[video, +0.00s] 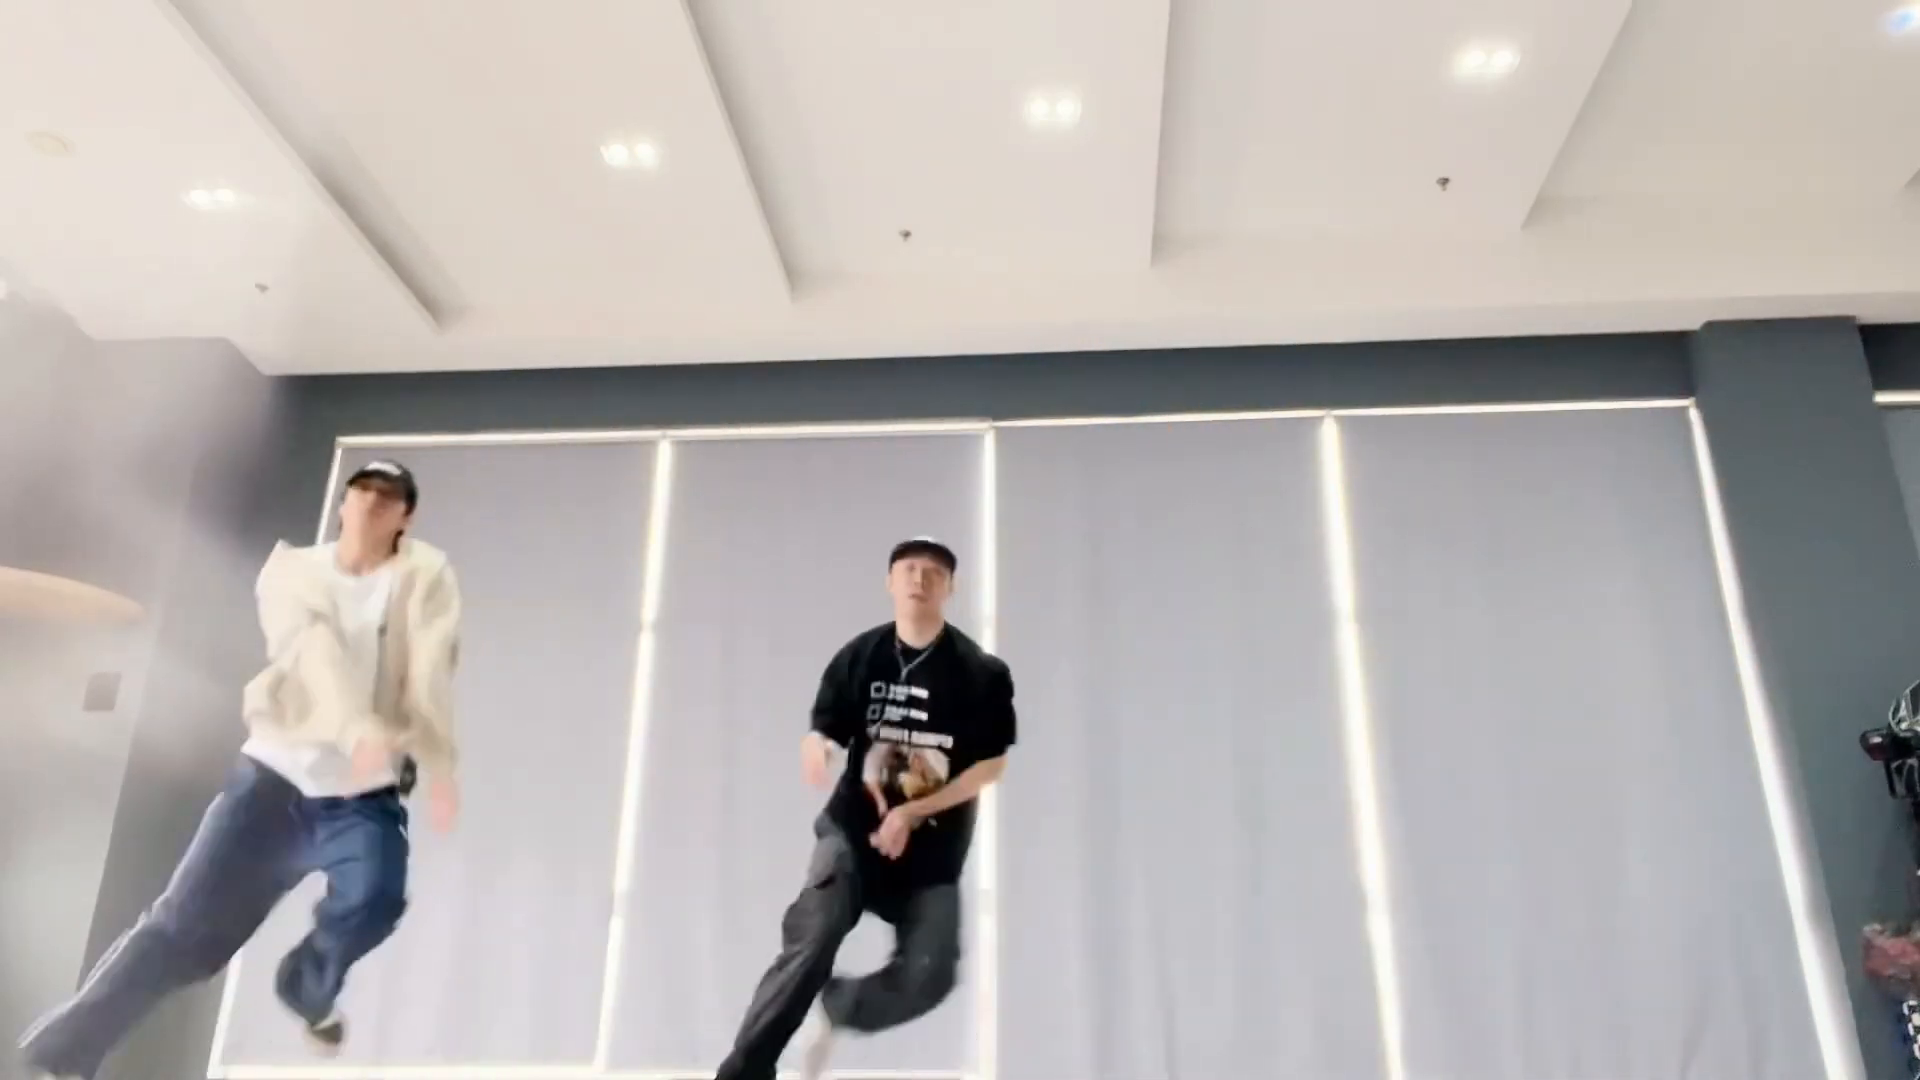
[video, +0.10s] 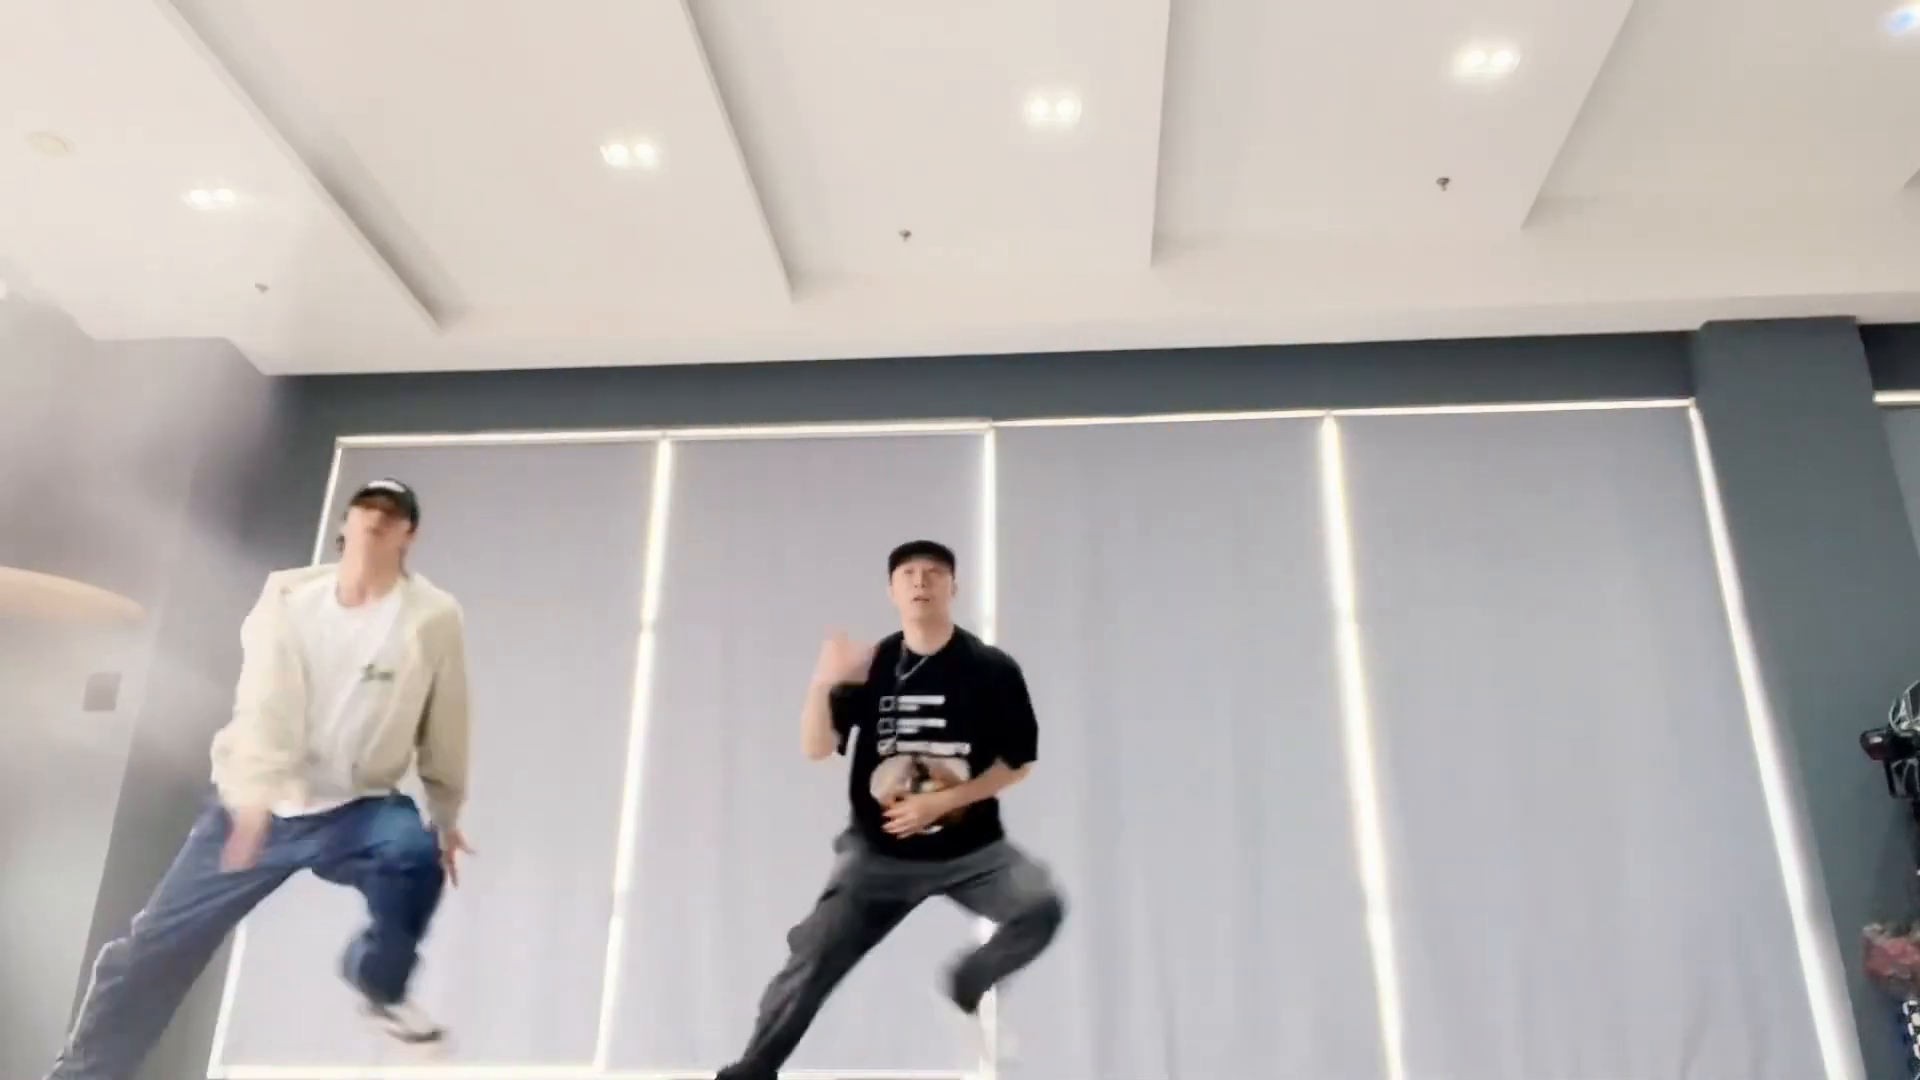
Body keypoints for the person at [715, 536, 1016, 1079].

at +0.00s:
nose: (921, 580)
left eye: (934, 573)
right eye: (910, 570)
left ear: (950, 588)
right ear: (890, 584)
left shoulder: (982, 674)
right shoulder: (860, 656)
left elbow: (991, 765)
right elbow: (822, 728)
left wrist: (913, 811)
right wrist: (815, 756)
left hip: (931, 851)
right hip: (854, 832)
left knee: (927, 978)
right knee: (812, 945)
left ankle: (837, 1004)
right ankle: (741, 1073)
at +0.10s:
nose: (921, 583)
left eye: (933, 574)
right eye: (909, 575)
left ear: (953, 588)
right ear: (892, 591)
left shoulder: (993, 670)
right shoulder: (870, 663)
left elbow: (1019, 761)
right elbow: (817, 748)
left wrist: (939, 804)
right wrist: (824, 682)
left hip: (972, 852)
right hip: (880, 857)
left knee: (1042, 908)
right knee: (816, 952)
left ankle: (970, 979)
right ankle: (753, 1070)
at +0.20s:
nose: (964, 551)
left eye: (974, 541)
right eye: (951, 544)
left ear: (996, 556)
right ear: (935, 563)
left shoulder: (1039, 634)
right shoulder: (917, 642)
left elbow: (1065, 730)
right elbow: (867, 704)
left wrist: (999, 758)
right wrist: (826, 626)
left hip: (1033, 834)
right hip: (938, 844)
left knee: (1137, 878)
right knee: (856, 949)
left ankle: (1171, 1053)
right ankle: (765, 1069)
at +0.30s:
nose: (1029, 534)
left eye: (1039, 525)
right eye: (1016, 526)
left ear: (1057, 538)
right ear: (998, 544)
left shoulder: (1100, 614)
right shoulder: (978, 621)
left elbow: (1137, 708)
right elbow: (925, 665)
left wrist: (1079, 735)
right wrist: (866, 603)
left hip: (1116, 831)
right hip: (1017, 834)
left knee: (1211, 923)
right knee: (927, 934)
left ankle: (1297, 1067)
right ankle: (832, 1051)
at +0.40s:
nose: (1083, 514)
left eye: (1093, 505)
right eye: (1068, 508)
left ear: (1109, 523)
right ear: (1047, 532)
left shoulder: (1154, 605)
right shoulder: (1033, 617)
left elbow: (1191, 700)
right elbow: (991, 700)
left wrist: (1143, 718)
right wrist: (1006, 641)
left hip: (1175, 812)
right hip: (1077, 821)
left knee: (1267, 898)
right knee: (1003, 935)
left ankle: (1319, 1068)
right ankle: (926, 1056)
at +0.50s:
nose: (1116, 492)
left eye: (1125, 485)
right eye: (1102, 485)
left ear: (1139, 505)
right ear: (1077, 507)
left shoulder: (1182, 582)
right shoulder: (1059, 596)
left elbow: (1200, 669)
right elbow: (1075, 686)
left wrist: (1148, 593)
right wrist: (1143, 743)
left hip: (1208, 775)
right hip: (1115, 783)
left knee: (1289, 901)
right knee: (1082, 922)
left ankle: (1324, 1069)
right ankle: (1069, 1060)